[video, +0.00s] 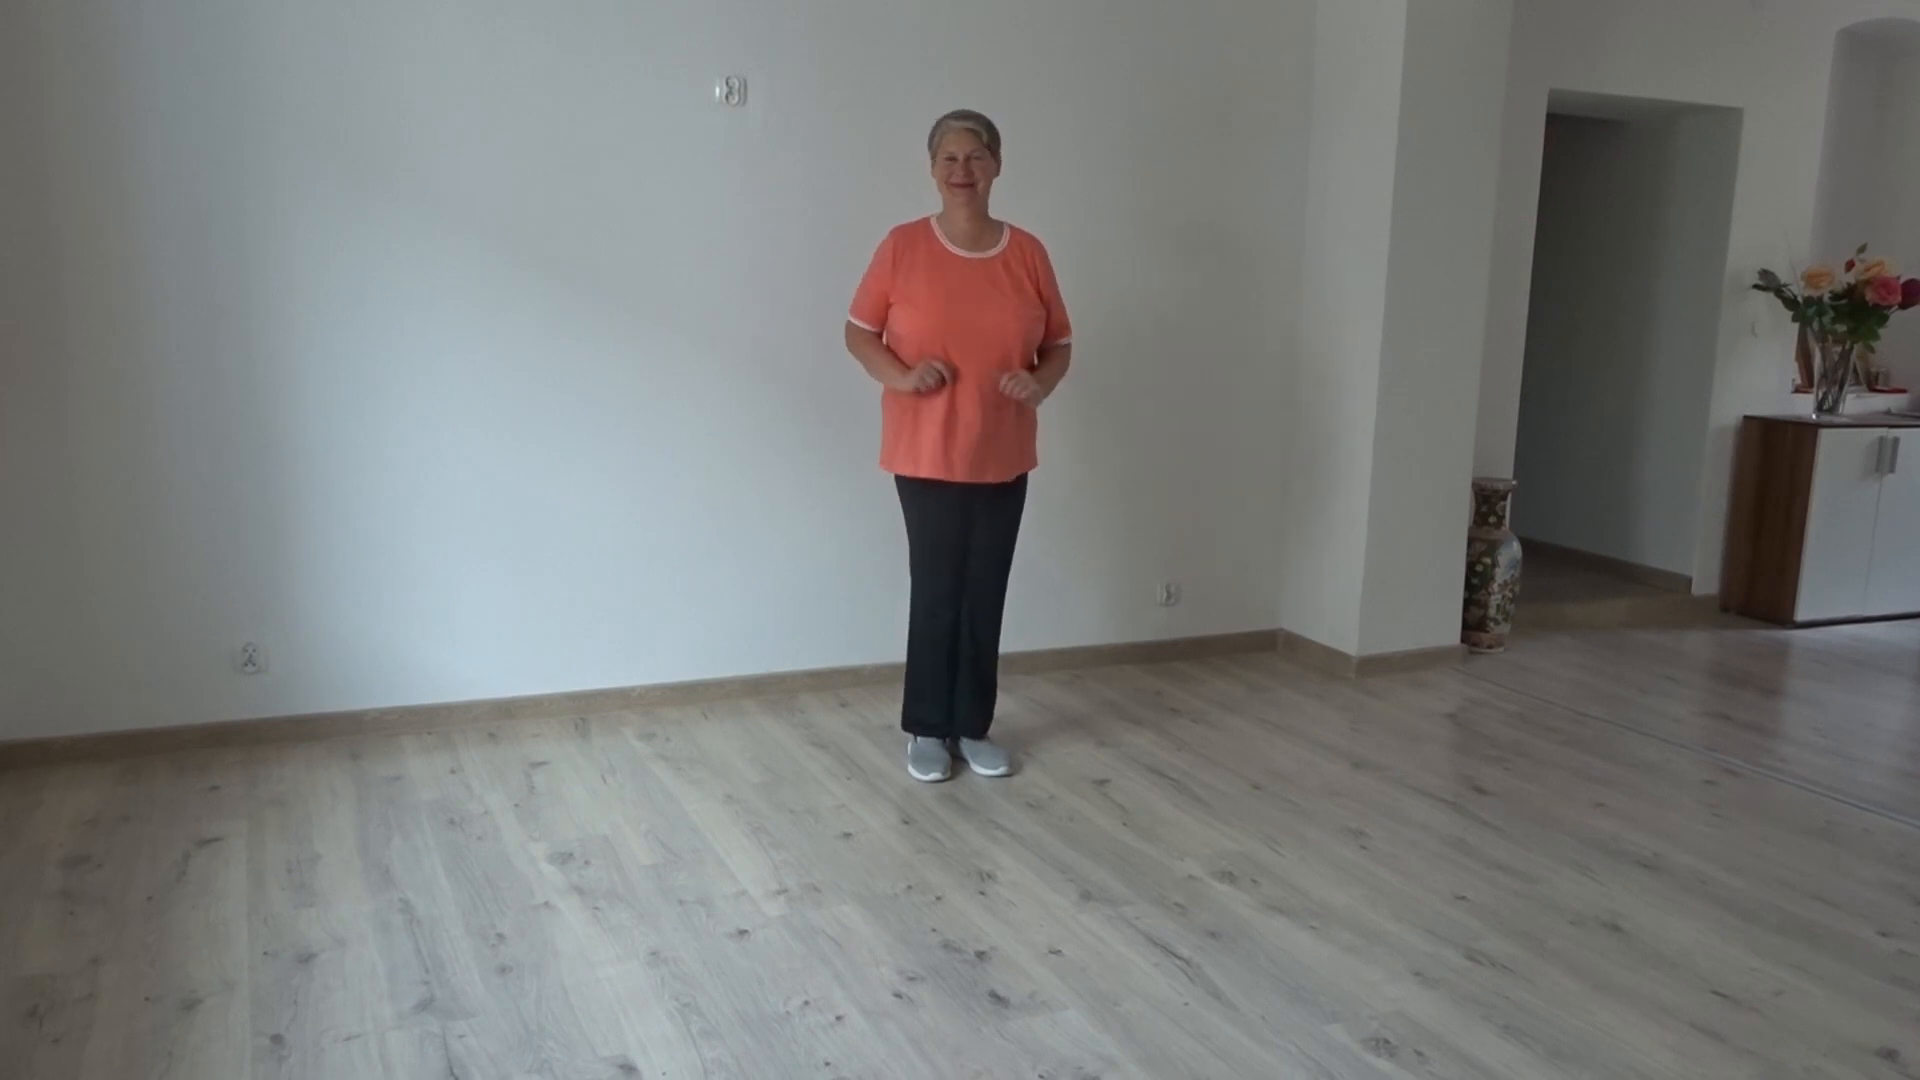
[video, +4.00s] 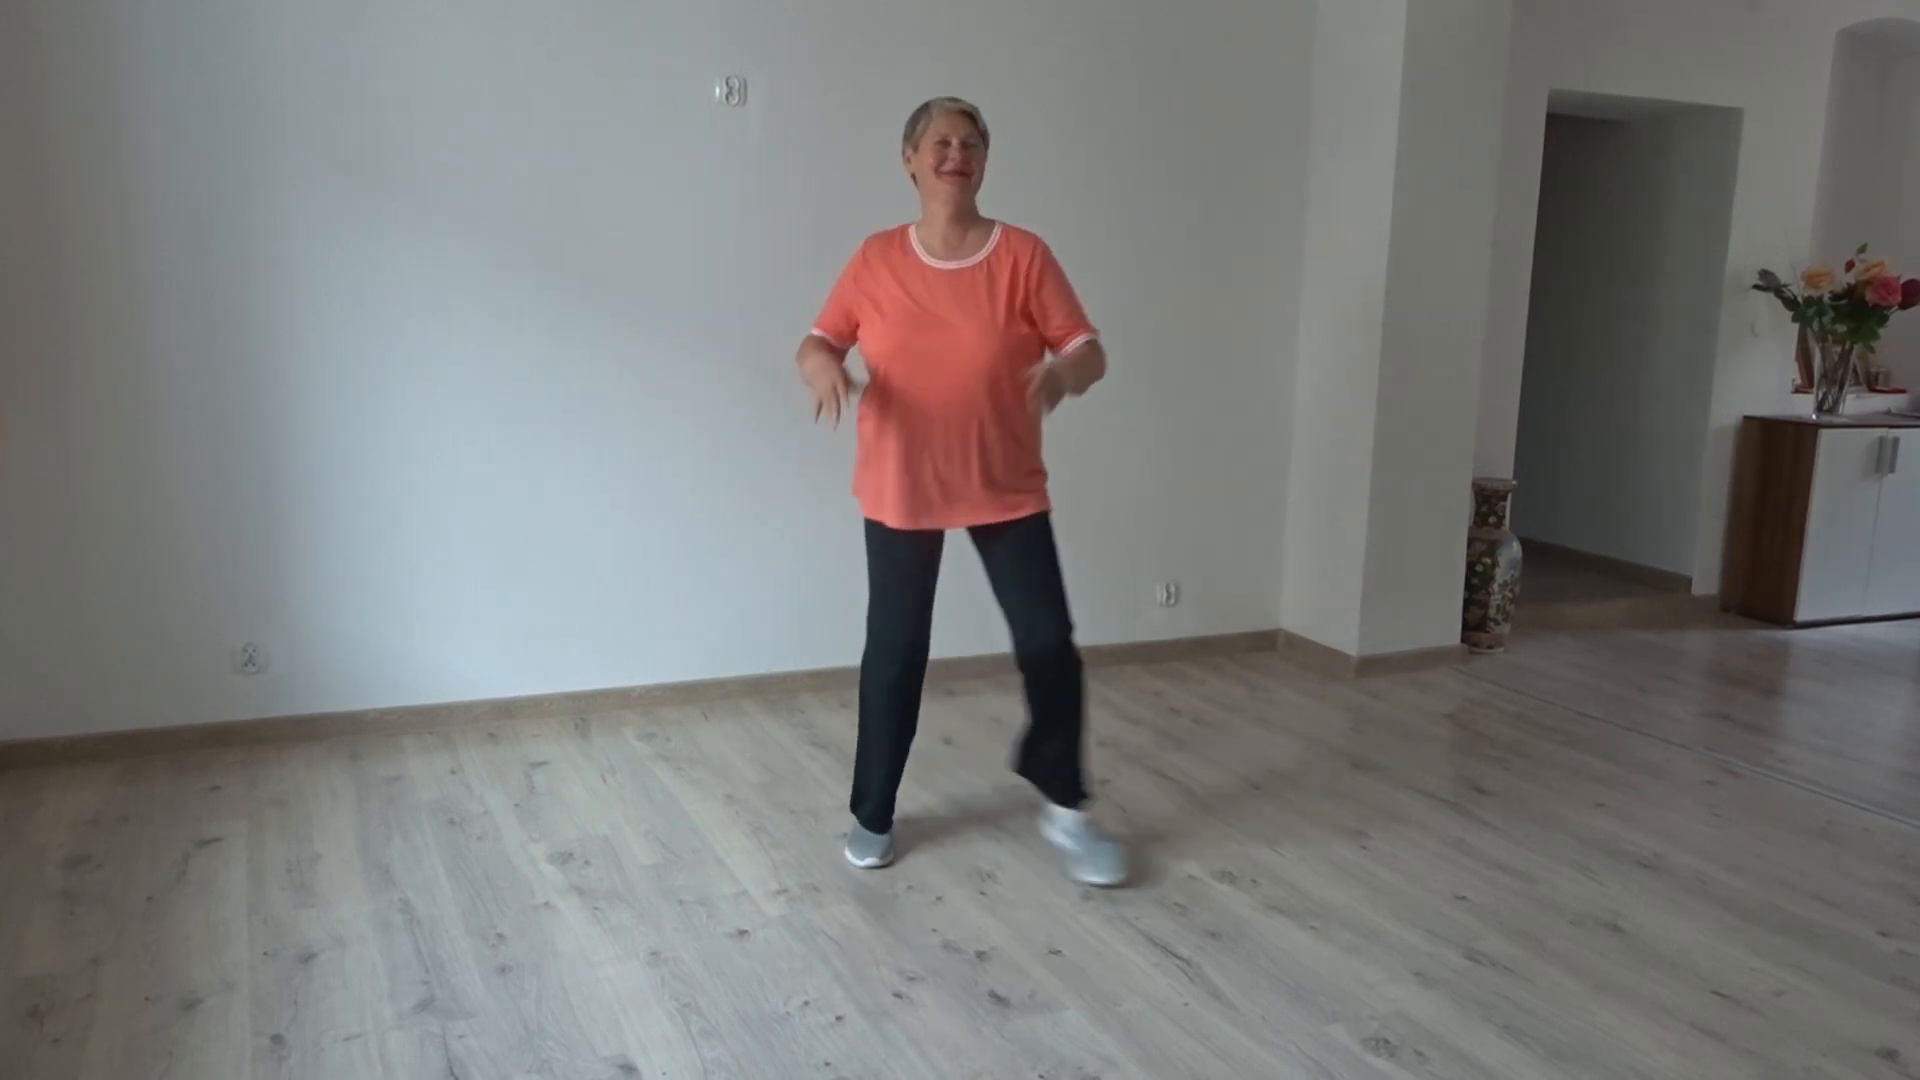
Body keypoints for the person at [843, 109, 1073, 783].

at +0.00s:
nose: (963, 167)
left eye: (976, 156)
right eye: (950, 157)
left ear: (996, 167)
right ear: (933, 169)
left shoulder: (1026, 252)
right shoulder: (903, 246)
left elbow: (1058, 342)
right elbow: (859, 332)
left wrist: (1039, 381)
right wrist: (901, 375)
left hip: (1002, 461)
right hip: (928, 460)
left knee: (984, 600)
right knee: (937, 598)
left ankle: (972, 731)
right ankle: (926, 732)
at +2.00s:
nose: (978, 164)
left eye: (991, 153)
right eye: (965, 154)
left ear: (1010, 167)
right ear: (946, 168)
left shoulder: (1037, 253)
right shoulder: (914, 245)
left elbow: (1064, 341)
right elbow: (870, 330)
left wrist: (1054, 375)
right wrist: (913, 372)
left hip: (1008, 459)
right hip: (935, 456)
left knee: (988, 598)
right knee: (941, 595)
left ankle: (971, 730)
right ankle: (926, 731)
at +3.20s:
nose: (986, 178)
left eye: (1003, 170)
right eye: (976, 166)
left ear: (1025, 186)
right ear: (959, 177)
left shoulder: (1039, 278)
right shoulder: (914, 245)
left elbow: (1081, 373)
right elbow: (840, 320)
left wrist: (1095, 326)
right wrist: (840, 270)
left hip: (991, 472)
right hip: (905, 463)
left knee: (979, 617)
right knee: (900, 627)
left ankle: (970, 734)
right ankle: (872, 789)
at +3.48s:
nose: (963, 162)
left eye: (981, 155)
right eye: (953, 149)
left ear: (1001, 175)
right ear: (932, 160)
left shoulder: (1004, 265)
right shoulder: (878, 233)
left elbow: (1021, 366)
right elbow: (806, 315)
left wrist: (1021, 273)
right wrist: (844, 233)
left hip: (959, 470)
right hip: (868, 460)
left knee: (965, 626)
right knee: (875, 632)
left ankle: (966, 733)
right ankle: (874, 802)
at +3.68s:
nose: (951, 169)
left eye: (967, 161)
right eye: (940, 155)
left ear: (983, 181)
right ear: (914, 165)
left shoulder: (1000, 268)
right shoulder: (867, 251)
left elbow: (1015, 373)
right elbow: (809, 349)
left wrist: (924, 350)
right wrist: (871, 335)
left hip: (954, 500)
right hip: (865, 494)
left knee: (930, 654)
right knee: (874, 650)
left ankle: (925, 804)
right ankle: (870, 808)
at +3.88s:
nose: (948, 169)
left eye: (961, 160)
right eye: (932, 157)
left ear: (975, 179)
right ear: (900, 173)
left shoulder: (1005, 270)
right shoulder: (864, 269)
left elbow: (1053, 377)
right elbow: (805, 362)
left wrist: (985, 427)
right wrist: (815, 409)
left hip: (978, 498)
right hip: (880, 498)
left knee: (996, 652)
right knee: (880, 660)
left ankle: (967, 784)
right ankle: (871, 817)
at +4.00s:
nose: (956, 154)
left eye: (970, 144)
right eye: (940, 143)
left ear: (986, 163)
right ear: (910, 162)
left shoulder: (1023, 255)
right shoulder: (877, 259)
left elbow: (1090, 356)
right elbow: (817, 346)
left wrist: (1062, 371)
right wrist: (820, 364)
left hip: (1005, 482)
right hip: (902, 485)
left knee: (1050, 644)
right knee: (894, 653)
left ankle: (1064, 806)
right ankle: (871, 818)